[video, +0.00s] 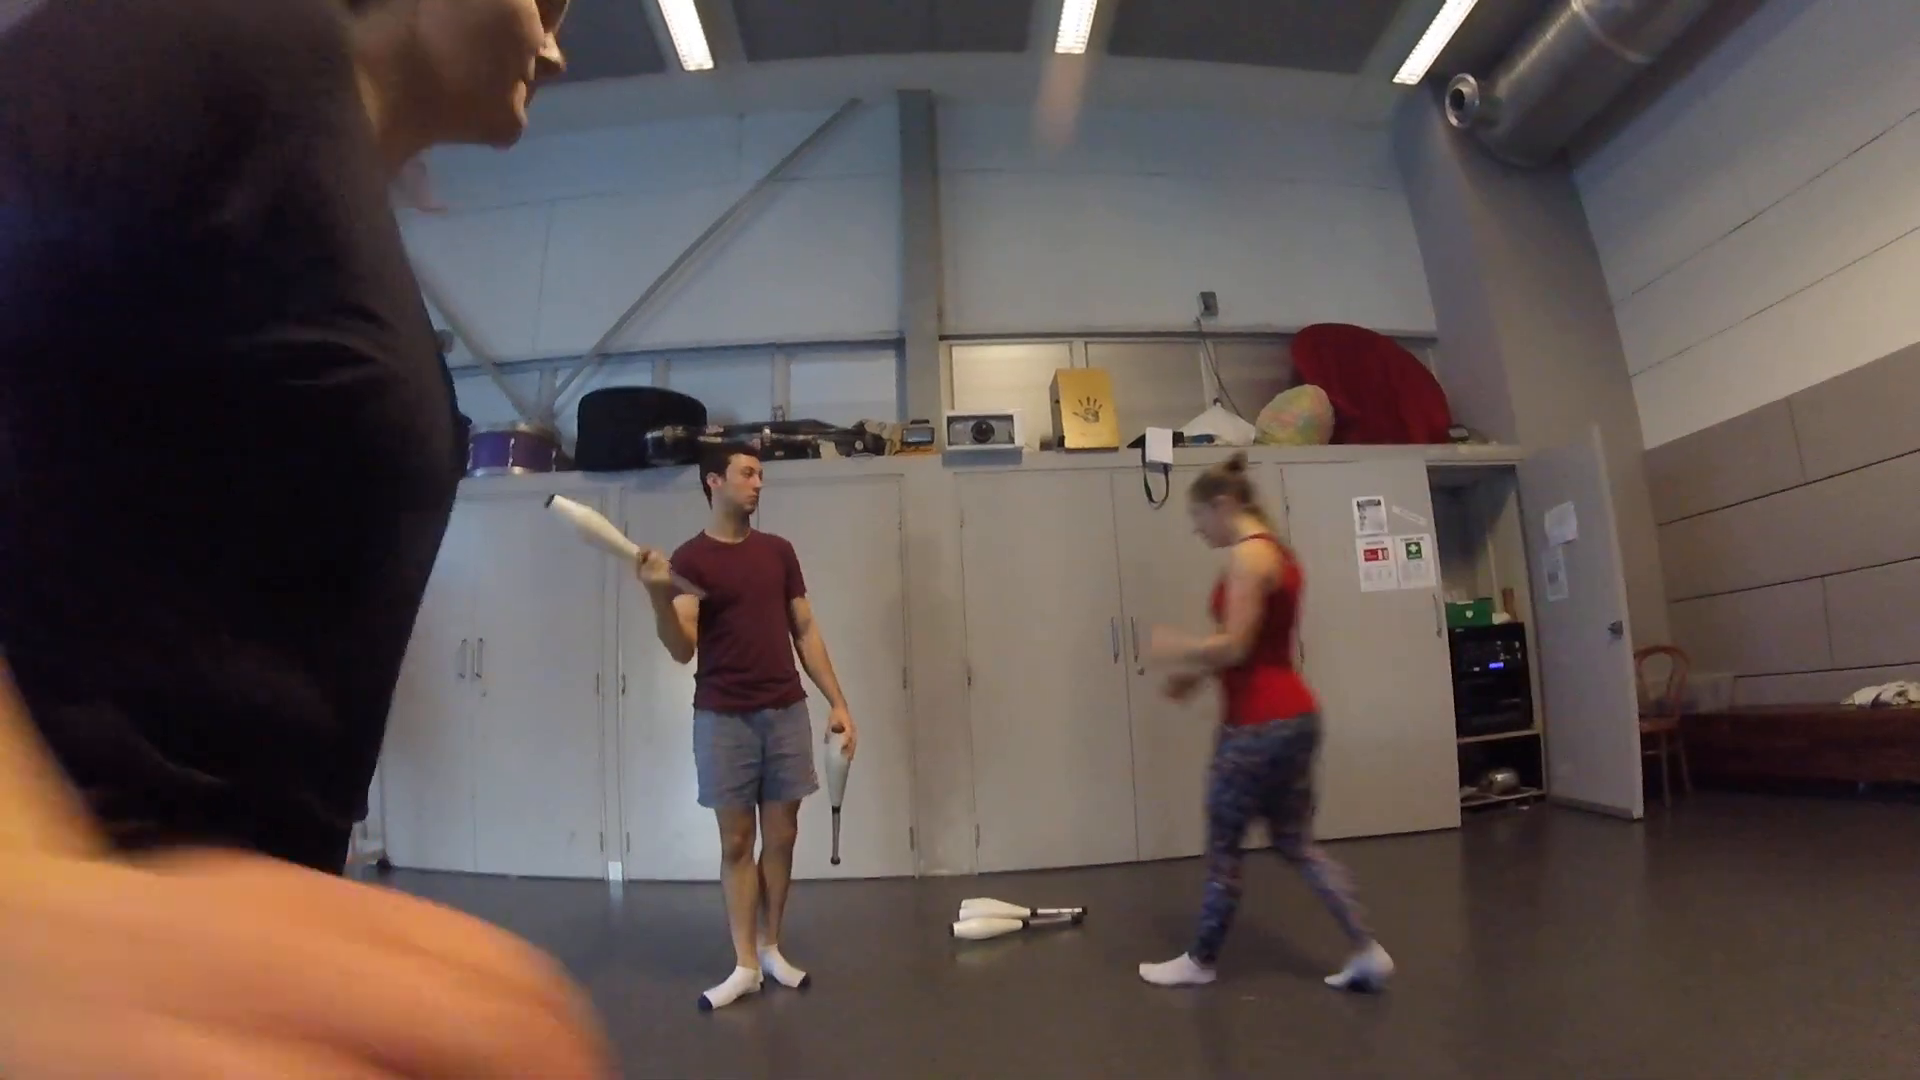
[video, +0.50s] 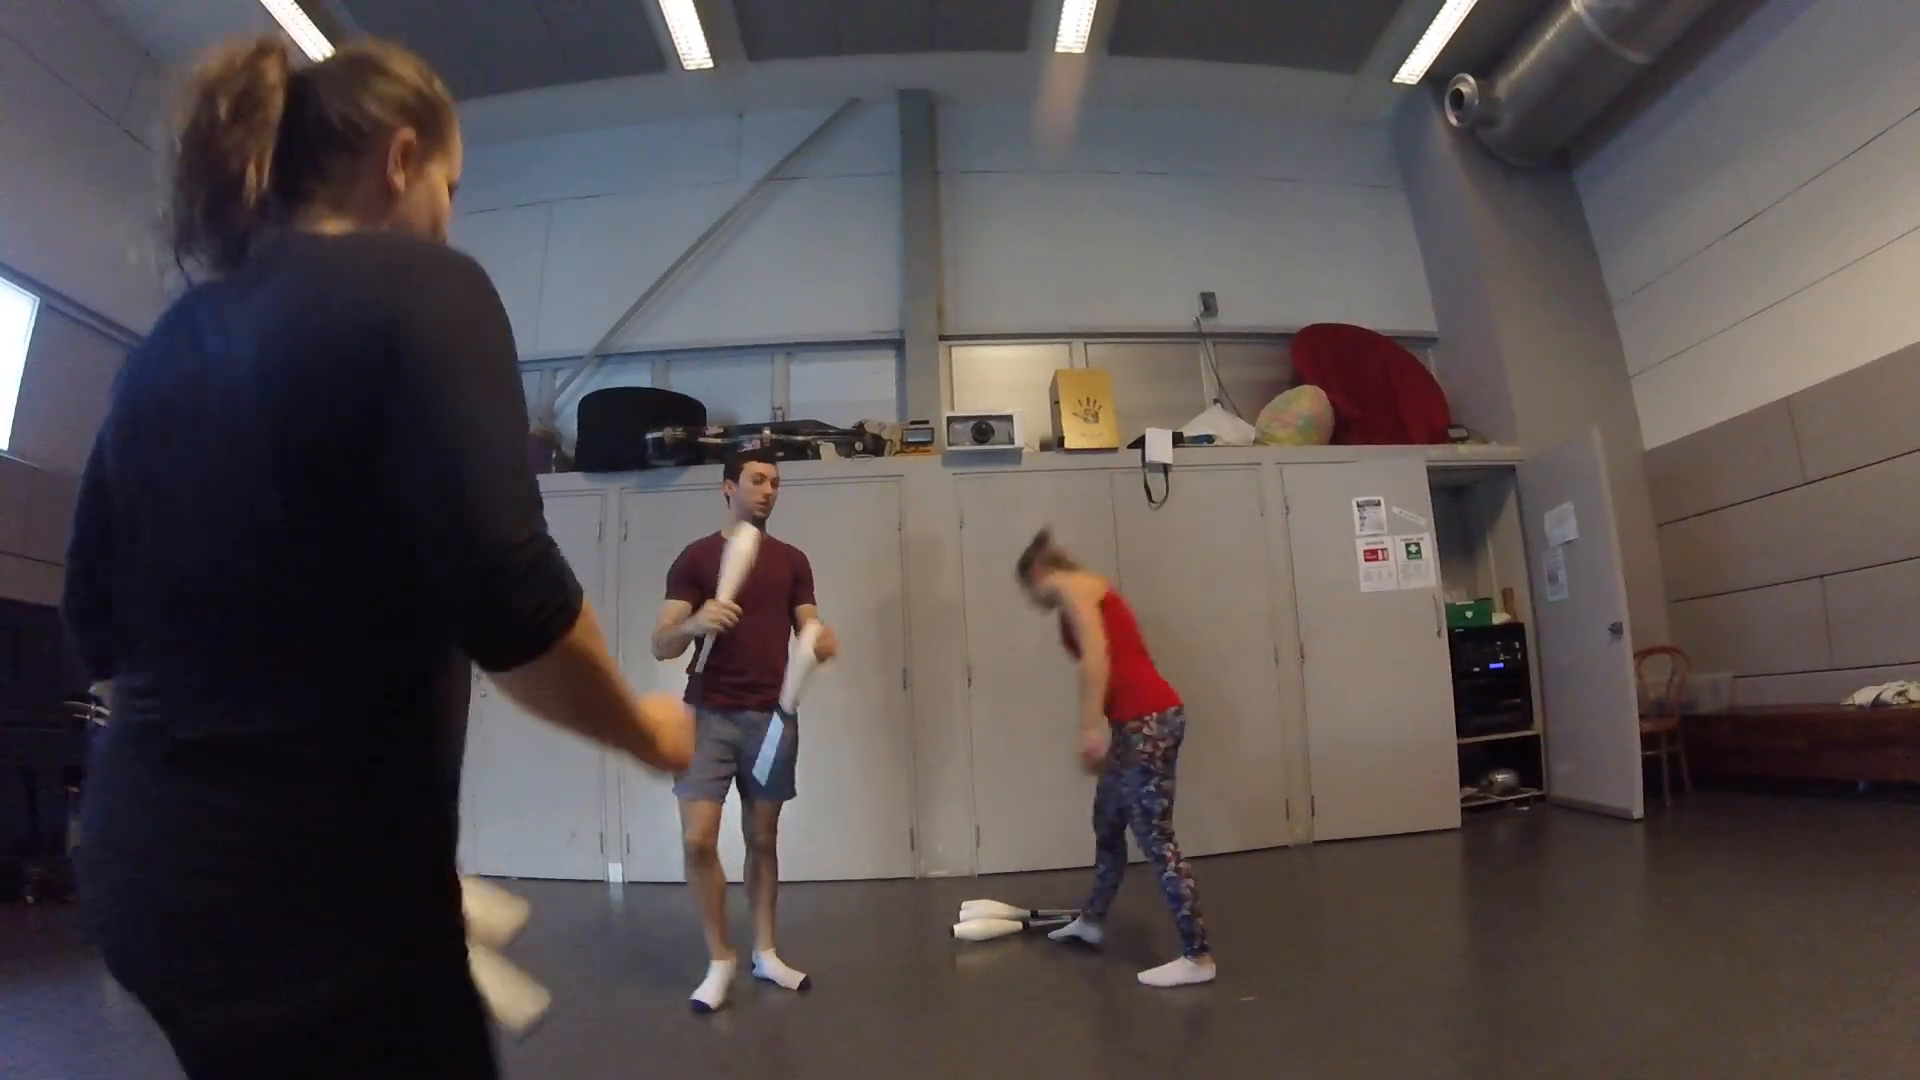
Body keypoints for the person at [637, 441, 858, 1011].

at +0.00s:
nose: (757, 482)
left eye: (759, 474)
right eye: (746, 473)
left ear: (758, 486)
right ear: (713, 484)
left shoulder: (778, 550)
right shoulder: (690, 559)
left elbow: (806, 630)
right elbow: (682, 649)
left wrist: (838, 703)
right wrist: (658, 592)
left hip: (786, 711)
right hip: (724, 716)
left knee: (782, 837)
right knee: (737, 844)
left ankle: (771, 949)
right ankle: (745, 966)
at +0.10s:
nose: (761, 485)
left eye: (762, 477)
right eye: (750, 476)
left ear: (759, 489)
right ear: (717, 485)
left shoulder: (780, 554)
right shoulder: (691, 560)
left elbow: (805, 633)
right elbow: (682, 653)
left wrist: (837, 700)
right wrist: (670, 596)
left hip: (784, 713)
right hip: (723, 717)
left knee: (777, 842)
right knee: (737, 845)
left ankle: (770, 952)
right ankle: (745, 967)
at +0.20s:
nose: (764, 487)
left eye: (767, 479)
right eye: (754, 478)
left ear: (764, 490)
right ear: (722, 486)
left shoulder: (783, 556)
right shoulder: (692, 561)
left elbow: (807, 633)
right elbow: (681, 656)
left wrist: (837, 692)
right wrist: (678, 607)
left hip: (782, 711)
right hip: (720, 714)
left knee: (773, 845)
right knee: (735, 845)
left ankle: (769, 954)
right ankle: (746, 968)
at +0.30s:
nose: (768, 488)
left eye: (771, 481)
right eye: (758, 479)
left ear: (772, 492)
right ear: (726, 488)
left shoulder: (787, 558)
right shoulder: (697, 559)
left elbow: (809, 633)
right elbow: (673, 654)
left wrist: (835, 683)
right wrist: (683, 610)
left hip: (779, 714)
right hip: (717, 715)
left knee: (769, 843)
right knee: (729, 847)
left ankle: (767, 955)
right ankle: (743, 968)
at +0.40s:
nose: (771, 491)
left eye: (775, 483)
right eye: (761, 481)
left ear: (776, 492)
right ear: (730, 487)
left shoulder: (790, 561)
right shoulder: (695, 563)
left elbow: (811, 633)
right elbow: (668, 651)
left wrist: (825, 666)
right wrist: (685, 613)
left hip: (776, 715)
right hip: (712, 716)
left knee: (766, 843)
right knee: (713, 847)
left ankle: (767, 955)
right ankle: (736, 962)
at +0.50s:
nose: (768, 491)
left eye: (773, 483)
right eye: (758, 480)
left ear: (777, 494)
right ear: (728, 488)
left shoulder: (790, 561)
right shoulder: (697, 558)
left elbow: (808, 628)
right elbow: (664, 646)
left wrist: (819, 638)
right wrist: (696, 621)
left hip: (771, 718)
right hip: (708, 717)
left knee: (763, 840)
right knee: (697, 843)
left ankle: (766, 953)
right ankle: (720, 960)